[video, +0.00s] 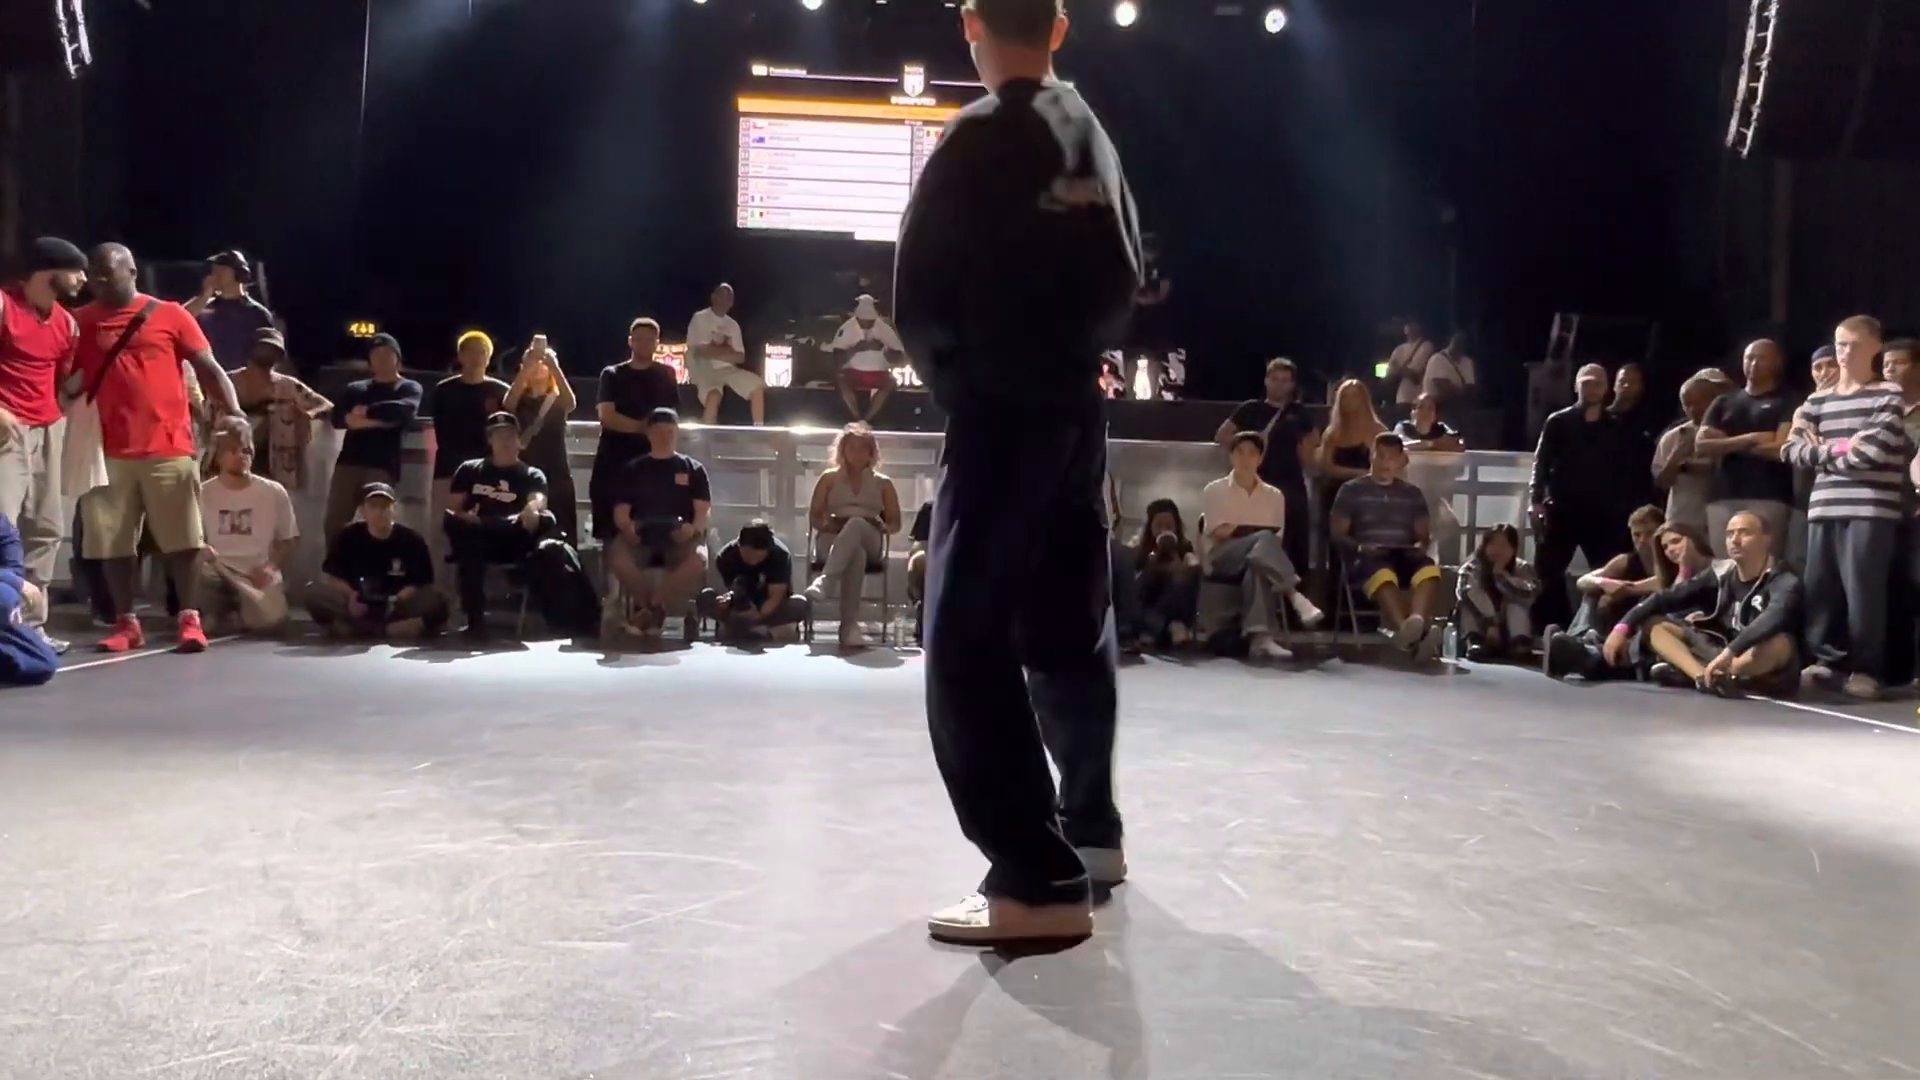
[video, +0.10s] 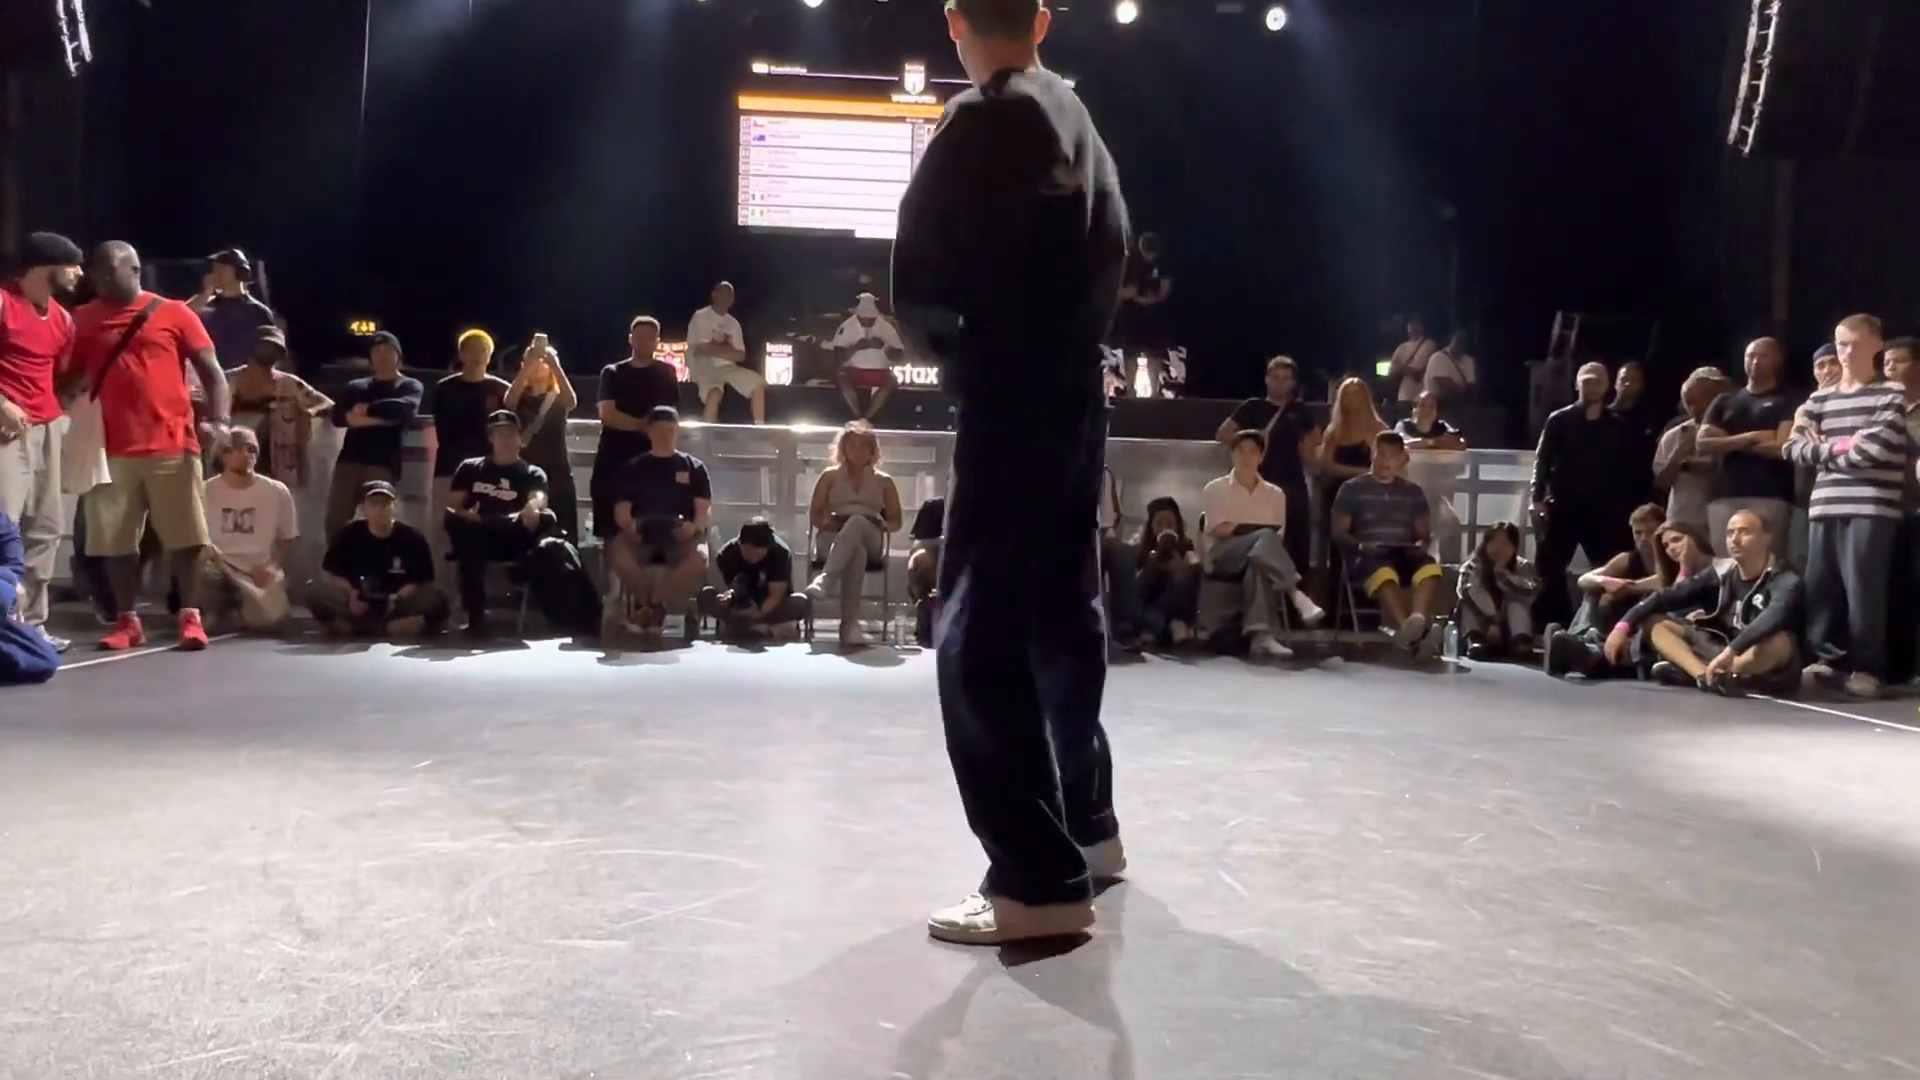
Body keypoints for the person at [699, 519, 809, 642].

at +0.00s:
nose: (751, 558)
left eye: (756, 555)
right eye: (747, 553)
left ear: (766, 550)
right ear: (740, 546)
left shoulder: (780, 556)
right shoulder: (725, 558)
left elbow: (776, 596)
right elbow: (736, 589)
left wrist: (759, 615)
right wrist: (728, 598)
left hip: (769, 601)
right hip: (742, 604)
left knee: (801, 604)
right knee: (705, 598)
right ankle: (767, 633)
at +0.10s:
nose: (752, 558)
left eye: (758, 553)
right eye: (748, 552)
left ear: (767, 547)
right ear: (741, 545)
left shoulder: (780, 553)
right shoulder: (725, 556)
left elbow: (777, 594)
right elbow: (736, 588)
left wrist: (760, 614)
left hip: (770, 599)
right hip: (742, 602)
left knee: (801, 602)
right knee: (706, 596)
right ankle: (768, 631)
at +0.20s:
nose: (754, 557)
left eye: (760, 553)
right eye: (750, 551)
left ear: (769, 547)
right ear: (743, 544)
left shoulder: (782, 554)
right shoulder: (728, 556)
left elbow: (779, 594)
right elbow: (738, 588)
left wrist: (762, 613)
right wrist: (731, 596)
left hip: (772, 601)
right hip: (744, 603)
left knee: (803, 602)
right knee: (708, 596)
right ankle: (768, 630)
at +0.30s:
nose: (755, 557)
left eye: (761, 553)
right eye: (751, 551)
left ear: (770, 547)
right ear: (744, 544)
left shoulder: (784, 554)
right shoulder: (729, 556)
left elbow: (780, 595)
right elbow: (739, 589)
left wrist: (763, 613)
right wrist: (732, 597)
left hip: (774, 599)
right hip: (745, 601)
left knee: (805, 602)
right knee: (709, 597)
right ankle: (770, 631)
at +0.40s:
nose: (754, 554)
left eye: (759, 550)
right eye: (750, 549)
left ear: (770, 546)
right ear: (745, 544)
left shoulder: (784, 554)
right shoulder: (731, 556)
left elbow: (781, 595)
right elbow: (739, 587)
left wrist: (764, 612)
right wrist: (732, 596)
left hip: (775, 599)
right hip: (747, 600)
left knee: (806, 602)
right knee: (711, 597)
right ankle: (772, 630)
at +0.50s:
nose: (758, 556)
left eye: (763, 552)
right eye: (754, 551)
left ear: (772, 547)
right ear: (746, 545)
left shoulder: (786, 554)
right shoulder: (732, 556)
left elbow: (783, 595)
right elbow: (740, 588)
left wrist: (766, 613)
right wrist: (734, 596)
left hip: (776, 600)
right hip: (747, 602)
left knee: (807, 602)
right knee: (712, 597)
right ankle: (772, 630)